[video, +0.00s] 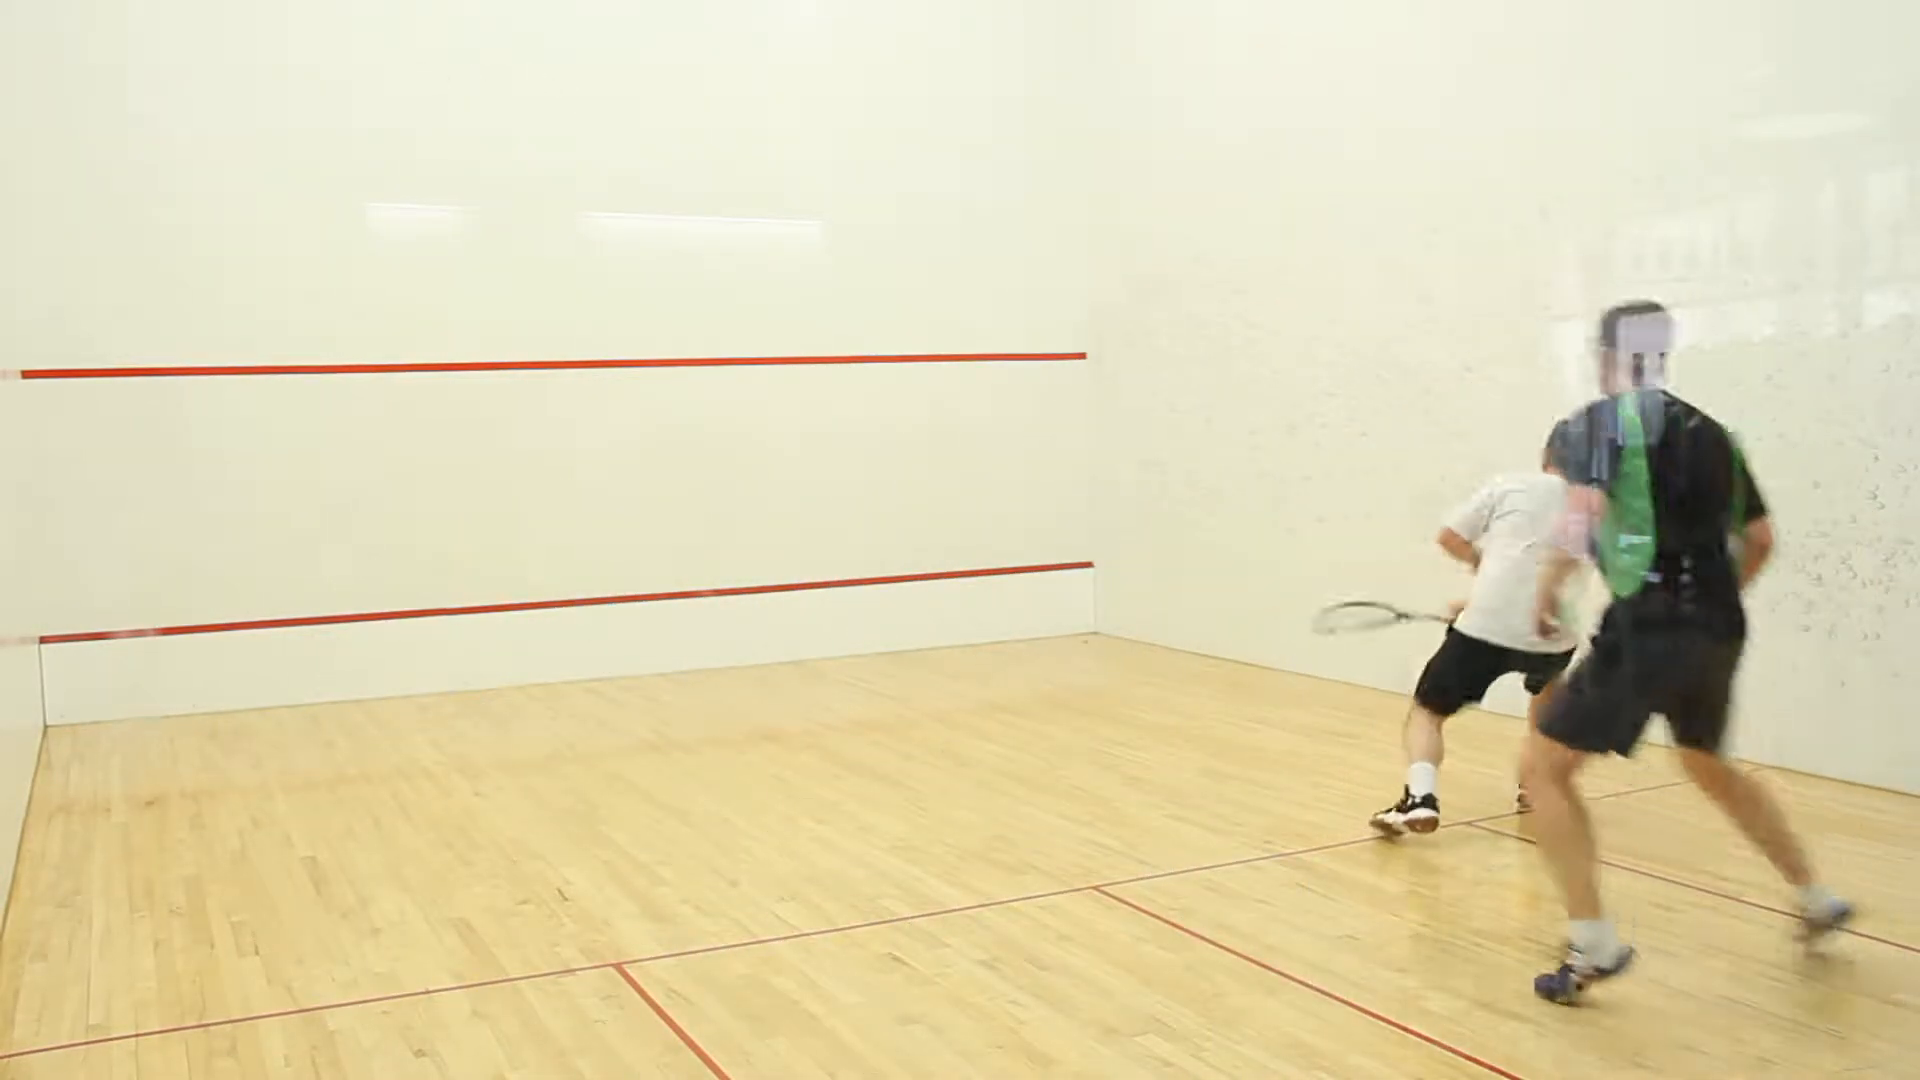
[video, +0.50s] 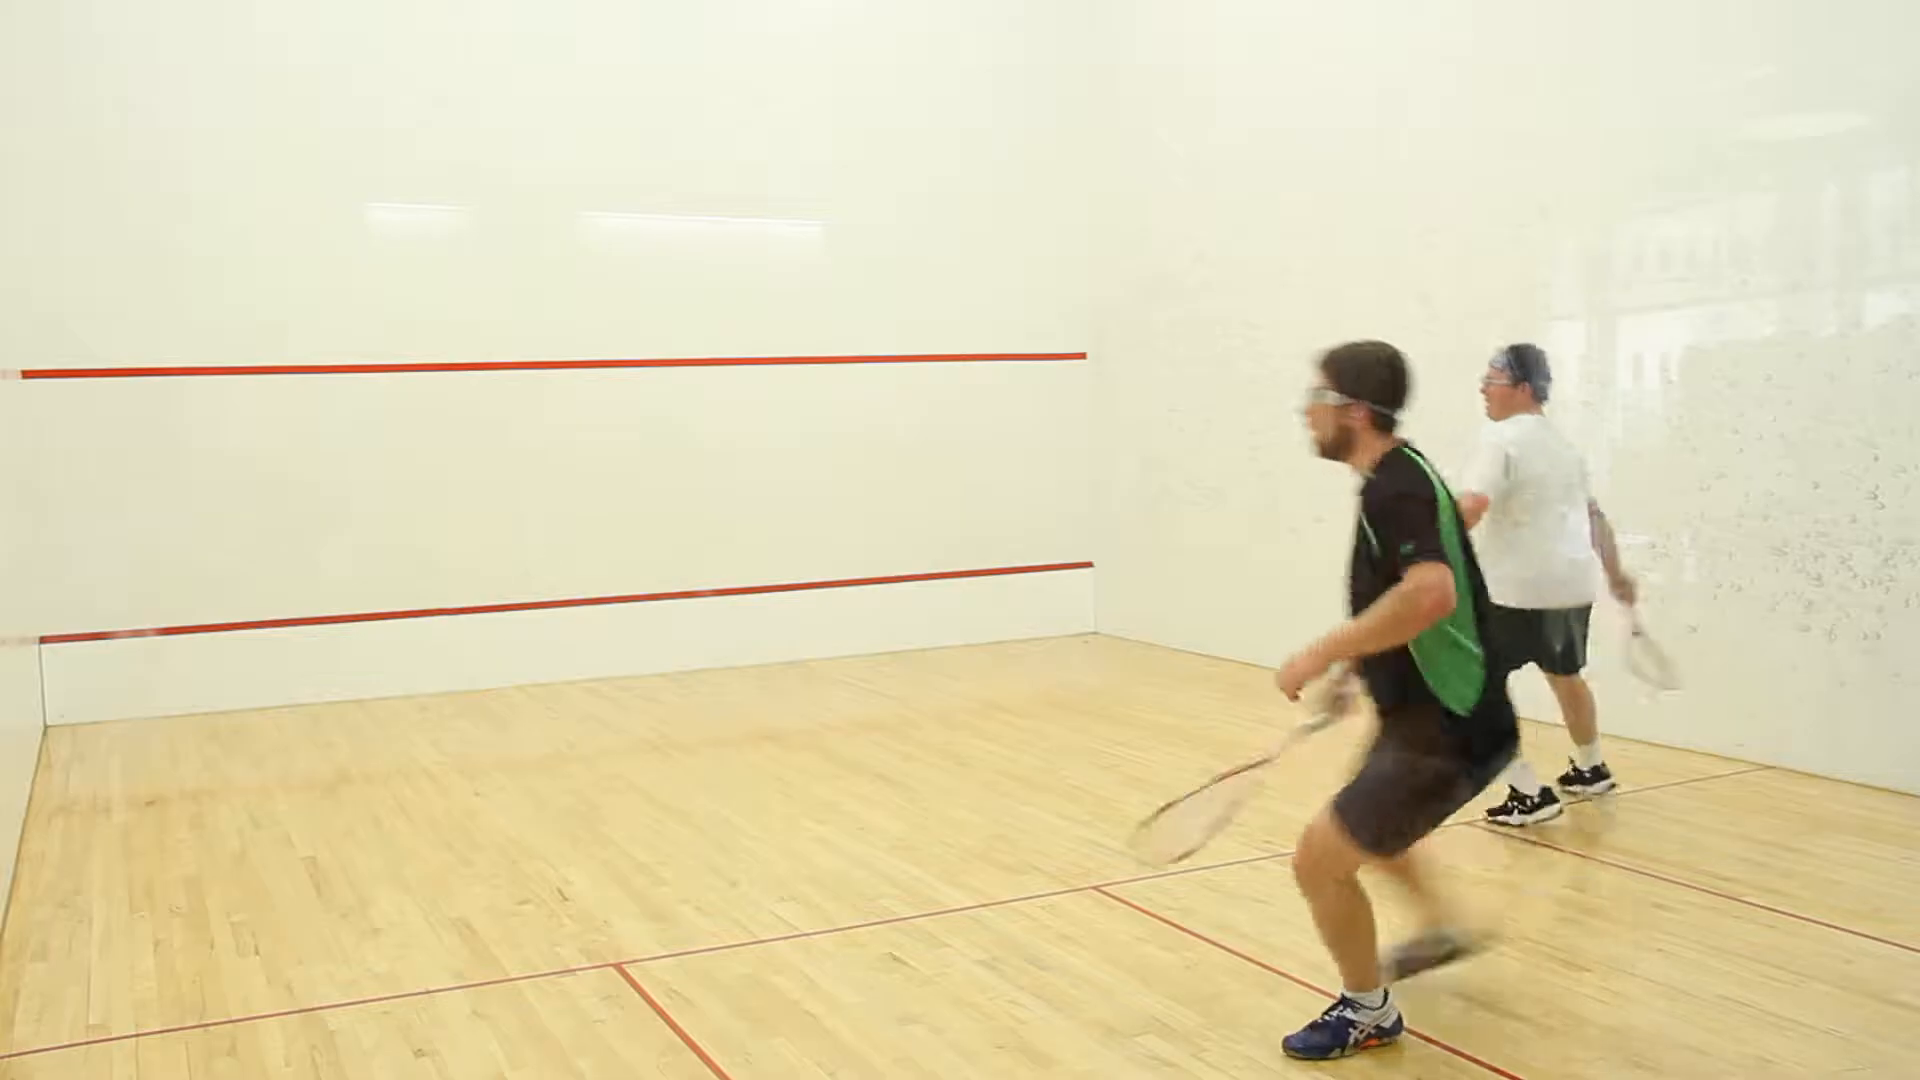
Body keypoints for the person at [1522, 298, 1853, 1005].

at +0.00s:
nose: (1601, 368)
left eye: (1603, 357)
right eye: (1614, 356)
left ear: (1608, 358)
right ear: (1665, 357)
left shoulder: (1590, 427)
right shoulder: (1710, 432)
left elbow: (1580, 517)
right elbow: (1760, 537)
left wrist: (1547, 593)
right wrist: (1716, 596)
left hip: (1642, 630)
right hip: (1716, 629)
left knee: (1543, 767)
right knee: (1704, 759)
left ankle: (1595, 941)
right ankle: (1813, 894)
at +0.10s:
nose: (1552, 376)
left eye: (1556, 364)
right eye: (1560, 363)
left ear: (1561, 368)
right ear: (1613, 368)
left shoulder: (1547, 433)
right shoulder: (1655, 442)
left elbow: (1534, 531)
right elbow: (1706, 554)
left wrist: (1490, 617)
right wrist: (1641, 603)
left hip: (1620, 629)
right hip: (1693, 631)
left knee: (1496, 764)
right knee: (1632, 744)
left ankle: (1543, 932)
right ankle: (1683, 894)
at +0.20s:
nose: (1492, 422)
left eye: (1496, 411)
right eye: (1497, 410)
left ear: (1508, 416)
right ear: (1561, 416)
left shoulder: (1502, 484)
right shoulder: (1608, 481)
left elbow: (1487, 586)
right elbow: (1648, 591)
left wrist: (1445, 675)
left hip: (1583, 677)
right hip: (1652, 671)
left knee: (1453, 794)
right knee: (1583, 784)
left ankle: (1446, 961)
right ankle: (1605, 914)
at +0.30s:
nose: (1426, 430)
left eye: (1433, 421)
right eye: (1431, 420)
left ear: (1452, 433)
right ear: (1490, 430)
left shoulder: (1458, 503)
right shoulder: (1540, 489)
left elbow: (1464, 606)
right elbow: (1580, 589)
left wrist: (1410, 693)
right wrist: (1518, 668)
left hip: (1545, 705)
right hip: (1592, 693)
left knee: (1395, 813)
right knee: (1551, 801)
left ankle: (1369, 999)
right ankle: (1604, 916)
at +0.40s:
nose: (1364, 419)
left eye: (1373, 408)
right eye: (1370, 406)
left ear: (1404, 421)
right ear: (1428, 422)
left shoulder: (1423, 494)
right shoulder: (1474, 483)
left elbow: (1441, 607)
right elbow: (1499, 595)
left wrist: (1367, 674)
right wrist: (1442, 666)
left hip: (1486, 727)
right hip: (1518, 714)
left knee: (1344, 828)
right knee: (1470, 805)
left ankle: (1372, 1006)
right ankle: (1563, 894)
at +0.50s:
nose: (1308, 413)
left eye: (1319, 400)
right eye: (1312, 399)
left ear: (1357, 413)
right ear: (1367, 414)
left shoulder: (1398, 482)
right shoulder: (1397, 476)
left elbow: (1432, 591)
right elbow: (1414, 598)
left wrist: (1323, 652)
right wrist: (1359, 665)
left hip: (1452, 729)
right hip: (1423, 713)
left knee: (1319, 860)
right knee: (1369, 820)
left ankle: (1367, 1007)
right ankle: (1442, 927)